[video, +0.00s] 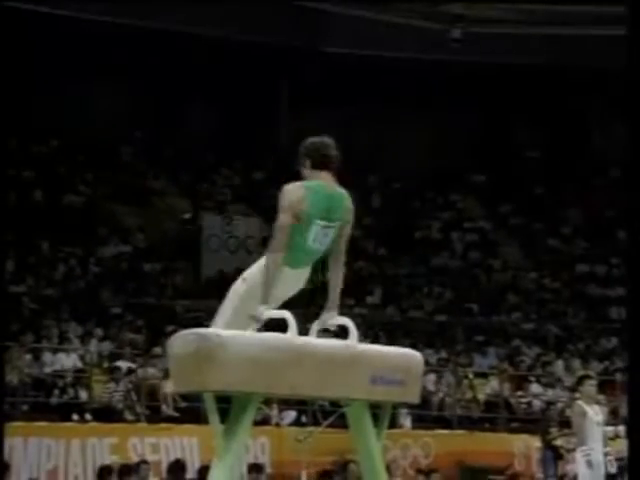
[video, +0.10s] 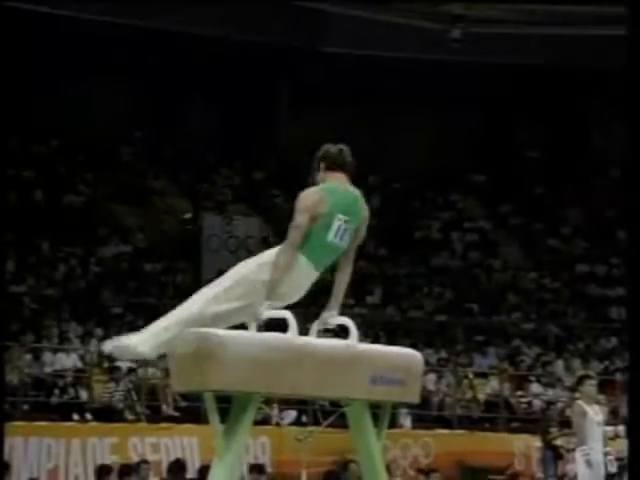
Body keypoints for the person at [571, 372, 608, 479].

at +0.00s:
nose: (594, 389)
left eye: (595, 385)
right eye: (590, 385)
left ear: (597, 388)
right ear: (580, 388)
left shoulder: (597, 408)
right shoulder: (578, 407)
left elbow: (598, 431)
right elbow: (579, 433)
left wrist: (616, 431)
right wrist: (585, 455)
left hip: (599, 453)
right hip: (587, 454)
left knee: (599, 475)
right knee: (588, 475)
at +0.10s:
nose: (594, 389)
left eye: (595, 385)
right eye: (590, 385)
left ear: (597, 388)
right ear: (580, 388)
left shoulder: (597, 408)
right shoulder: (578, 406)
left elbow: (599, 431)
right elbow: (579, 433)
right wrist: (585, 454)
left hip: (598, 452)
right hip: (587, 453)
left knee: (599, 474)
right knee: (587, 475)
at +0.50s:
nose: (592, 388)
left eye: (593, 385)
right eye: (588, 385)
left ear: (595, 386)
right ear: (579, 387)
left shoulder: (594, 406)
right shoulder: (577, 405)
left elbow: (596, 429)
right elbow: (577, 430)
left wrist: (614, 430)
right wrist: (583, 453)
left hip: (596, 449)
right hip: (585, 450)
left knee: (597, 474)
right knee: (585, 475)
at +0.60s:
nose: (592, 388)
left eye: (593, 385)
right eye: (588, 384)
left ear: (595, 386)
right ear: (578, 387)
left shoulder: (594, 406)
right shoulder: (576, 405)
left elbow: (596, 429)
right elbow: (577, 430)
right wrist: (582, 453)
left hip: (596, 449)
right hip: (585, 450)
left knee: (597, 474)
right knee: (585, 475)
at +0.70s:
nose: (592, 388)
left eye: (593, 385)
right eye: (588, 384)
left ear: (595, 386)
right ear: (578, 387)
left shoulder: (594, 406)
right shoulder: (576, 405)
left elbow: (596, 429)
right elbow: (576, 430)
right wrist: (582, 453)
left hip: (596, 450)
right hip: (585, 451)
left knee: (597, 474)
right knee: (585, 475)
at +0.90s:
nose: (591, 388)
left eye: (592, 384)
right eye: (587, 384)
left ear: (594, 386)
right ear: (577, 387)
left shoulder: (593, 406)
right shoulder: (575, 404)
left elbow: (594, 428)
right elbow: (575, 429)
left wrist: (611, 429)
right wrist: (581, 452)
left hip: (595, 447)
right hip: (584, 449)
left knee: (595, 473)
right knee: (585, 474)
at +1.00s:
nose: (591, 388)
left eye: (592, 384)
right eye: (587, 384)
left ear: (594, 386)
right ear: (577, 387)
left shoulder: (593, 406)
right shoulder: (575, 405)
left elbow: (594, 428)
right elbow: (575, 429)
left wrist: (611, 429)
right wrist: (581, 452)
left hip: (595, 448)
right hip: (584, 449)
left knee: (595, 474)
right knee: (584, 475)